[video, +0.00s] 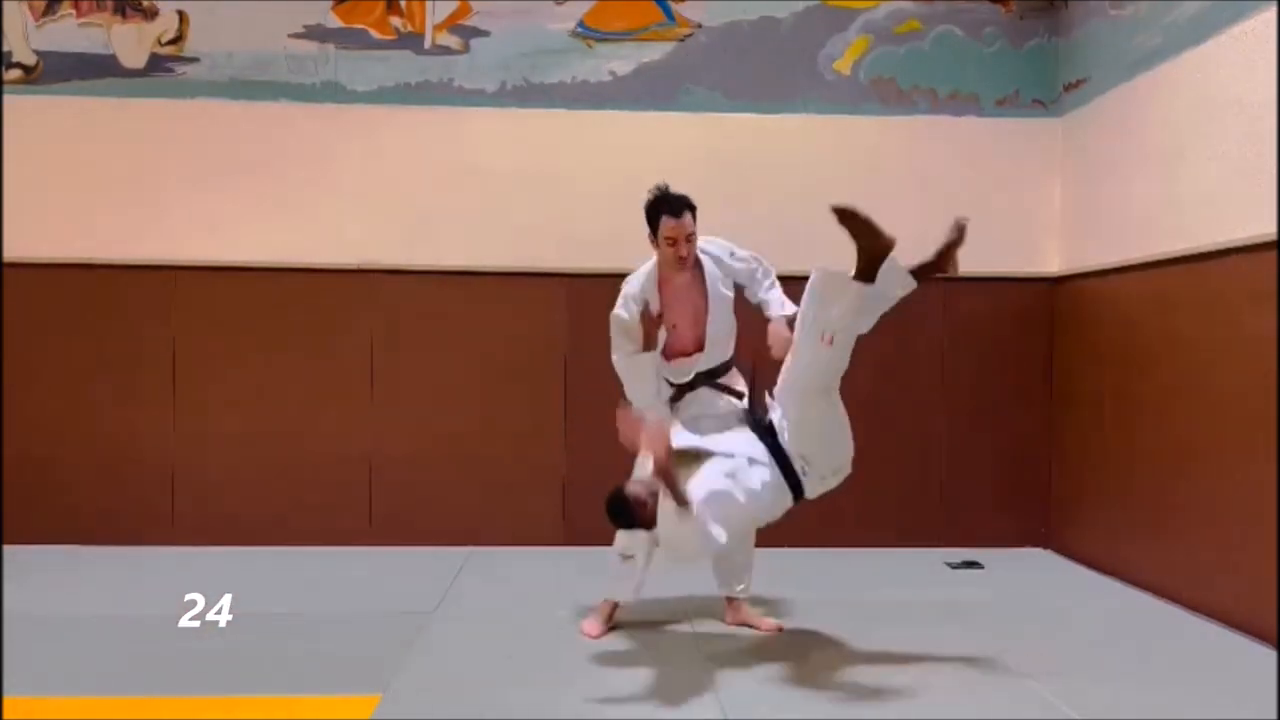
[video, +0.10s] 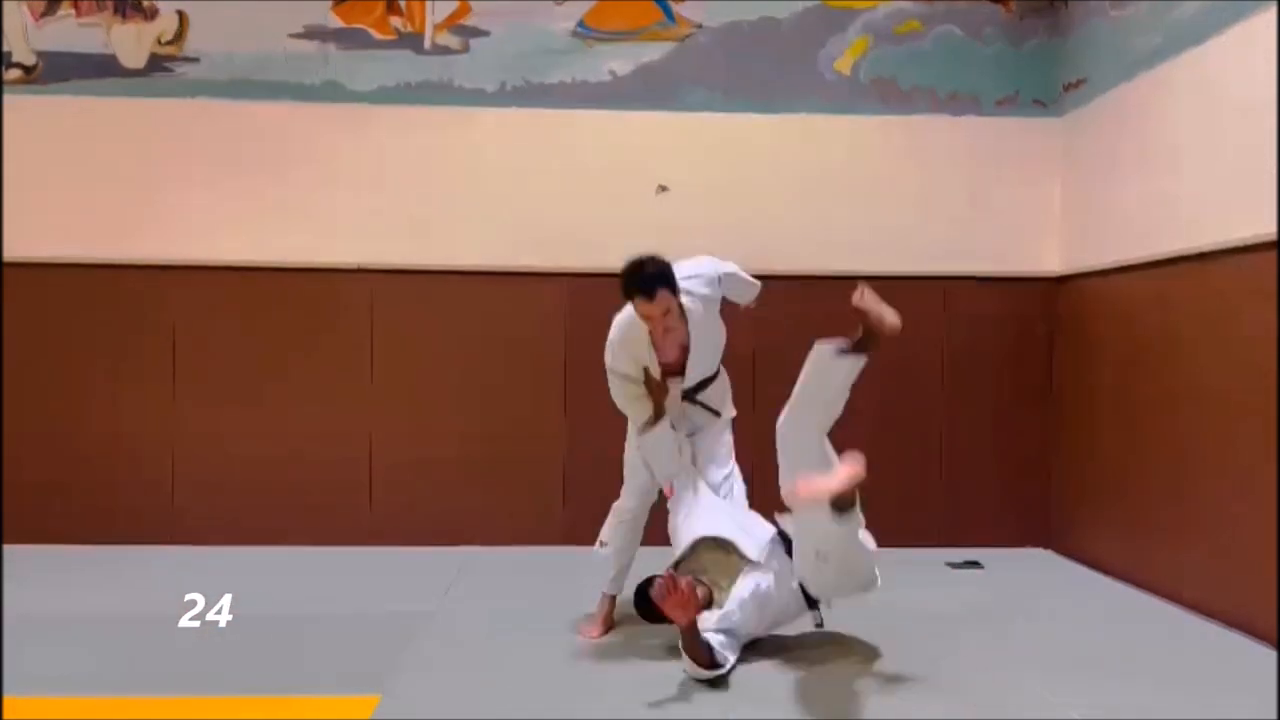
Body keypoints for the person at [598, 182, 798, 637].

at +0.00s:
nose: (683, 249)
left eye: (689, 238)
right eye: (672, 242)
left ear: (697, 231)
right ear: (653, 240)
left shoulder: (717, 256)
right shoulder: (636, 294)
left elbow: (760, 275)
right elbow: (631, 364)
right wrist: (655, 426)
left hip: (719, 387)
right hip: (662, 397)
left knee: (736, 493)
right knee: (645, 495)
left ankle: (736, 604)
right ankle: (611, 604)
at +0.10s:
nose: (661, 325)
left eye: (667, 314)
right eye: (650, 319)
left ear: (677, 293)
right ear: (634, 309)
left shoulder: (700, 282)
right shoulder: (623, 337)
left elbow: (719, 272)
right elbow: (640, 413)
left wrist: (748, 293)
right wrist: (674, 481)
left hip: (707, 399)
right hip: (653, 415)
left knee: (725, 487)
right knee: (635, 501)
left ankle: (744, 591)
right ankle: (607, 603)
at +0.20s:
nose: (667, 366)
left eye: (671, 353)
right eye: (656, 359)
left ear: (685, 331)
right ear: (643, 349)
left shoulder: (709, 306)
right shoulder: (632, 359)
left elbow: (742, 289)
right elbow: (657, 437)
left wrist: (778, 300)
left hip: (715, 407)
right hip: (656, 420)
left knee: (719, 500)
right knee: (632, 500)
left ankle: (697, 596)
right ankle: (605, 597)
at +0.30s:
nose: (673, 358)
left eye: (678, 345)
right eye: (663, 348)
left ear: (691, 324)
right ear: (647, 338)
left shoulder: (716, 298)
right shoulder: (631, 345)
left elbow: (764, 310)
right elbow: (639, 408)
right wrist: (677, 475)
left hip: (714, 407)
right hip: (655, 418)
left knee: (722, 503)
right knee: (640, 507)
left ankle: (711, 600)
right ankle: (621, 608)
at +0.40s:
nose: (671, 338)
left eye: (677, 328)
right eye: (660, 331)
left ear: (689, 309)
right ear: (645, 321)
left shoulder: (719, 289)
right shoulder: (631, 337)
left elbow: (764, 315)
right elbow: (651, 411)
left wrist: (797, 366)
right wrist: (692, 472)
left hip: (715, 405)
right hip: (658, 415)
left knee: (720, 502)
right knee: (636, 505)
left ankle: (709, 599)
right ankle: (616, 609)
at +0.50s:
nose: (669, 327)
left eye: (676, 317)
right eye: (658, 320)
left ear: (688, 293)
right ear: (643, 306)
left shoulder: (722, 286)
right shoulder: (629, 332)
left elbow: (762, 317)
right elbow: (649, 408)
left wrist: (790, 366)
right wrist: (687, 468)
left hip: (715, 410)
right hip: (657, 418)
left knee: (720, 508)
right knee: (637, 510)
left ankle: (702, 602)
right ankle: (616, 609)